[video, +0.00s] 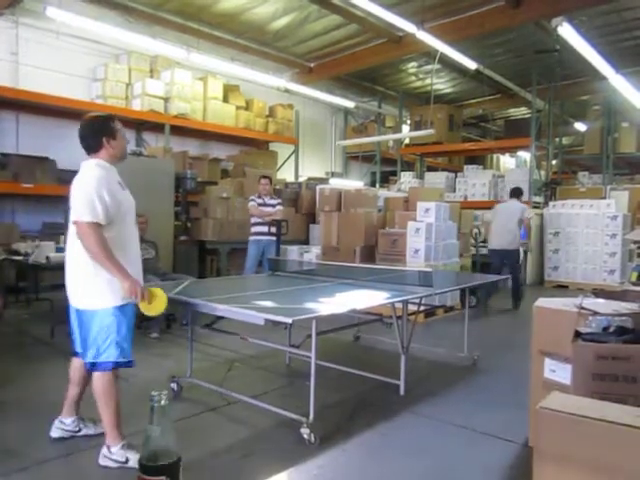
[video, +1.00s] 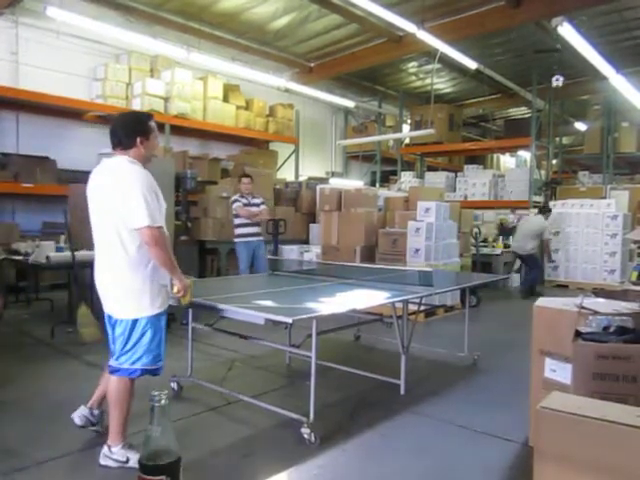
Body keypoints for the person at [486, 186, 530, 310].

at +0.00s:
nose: (521, 199)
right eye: (521, 197)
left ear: (509, 195)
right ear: (521, 197)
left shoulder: (498, 206)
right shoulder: (523, 207)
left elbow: (488, 222)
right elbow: (527, 223)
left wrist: (487, 237)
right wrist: (528, 240)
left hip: (495, 245)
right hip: (512, 246)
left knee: (494, 275)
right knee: (515, 275)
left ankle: (485, 298)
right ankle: (516, 302)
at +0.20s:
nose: (526, 209)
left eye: (526, 207)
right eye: (526, 207)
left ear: (513, 207)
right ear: (523, 208)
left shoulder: (503, 217)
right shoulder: (525, 219)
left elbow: (497, 233)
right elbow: (530, 235)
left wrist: (497, 246)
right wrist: (533, 250)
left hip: (504, 251)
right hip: (519, 252)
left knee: (504, 275)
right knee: (521, 278)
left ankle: (502, 297)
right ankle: (517, 301)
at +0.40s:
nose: (529, 225)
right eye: (529, 224)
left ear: (519, 222)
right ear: (528, 224)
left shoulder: (510, 229)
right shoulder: (529, 232)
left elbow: (499, 238)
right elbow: (536, 247)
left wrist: (500, 251)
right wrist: (539, 258)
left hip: (507, 256)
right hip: (522, 257)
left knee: (509, 275)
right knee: (526, 274)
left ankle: (510, 294)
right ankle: (523, 294)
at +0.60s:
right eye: (534, 232)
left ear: (525, 229)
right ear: (534, 232)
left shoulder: (515, 234)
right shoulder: (535, 239)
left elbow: (506, 242)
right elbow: (539, 253)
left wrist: (503, 251)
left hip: (512, 258)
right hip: (527, 259)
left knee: (511, 276)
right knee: (527, 278)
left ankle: (511, 294)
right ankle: (527, 295)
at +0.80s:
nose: (544, 224)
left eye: (544, 222)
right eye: (544, 222)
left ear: (534, 218)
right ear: (542, 220)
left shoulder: (521, 223)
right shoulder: (541, 228)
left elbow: (509, 236)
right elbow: (542, 246)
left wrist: (504, 248)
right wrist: (544, 262)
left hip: (515, 249)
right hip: (529, 251)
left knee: (521, 265)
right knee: (534, 268)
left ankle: (516, 287)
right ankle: (529, 291)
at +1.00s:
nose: (548, 216)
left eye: (548, 214)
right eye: (548, 215)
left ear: (538, 211)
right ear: (547, 214)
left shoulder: (527, 218)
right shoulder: (544, 224)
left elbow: (517, 228)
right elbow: (546, 242)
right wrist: (549, 257)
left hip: (515, 247)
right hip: (528, 250)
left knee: (529, 267)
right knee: (537, 268)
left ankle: (525, 287)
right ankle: (530, 288)